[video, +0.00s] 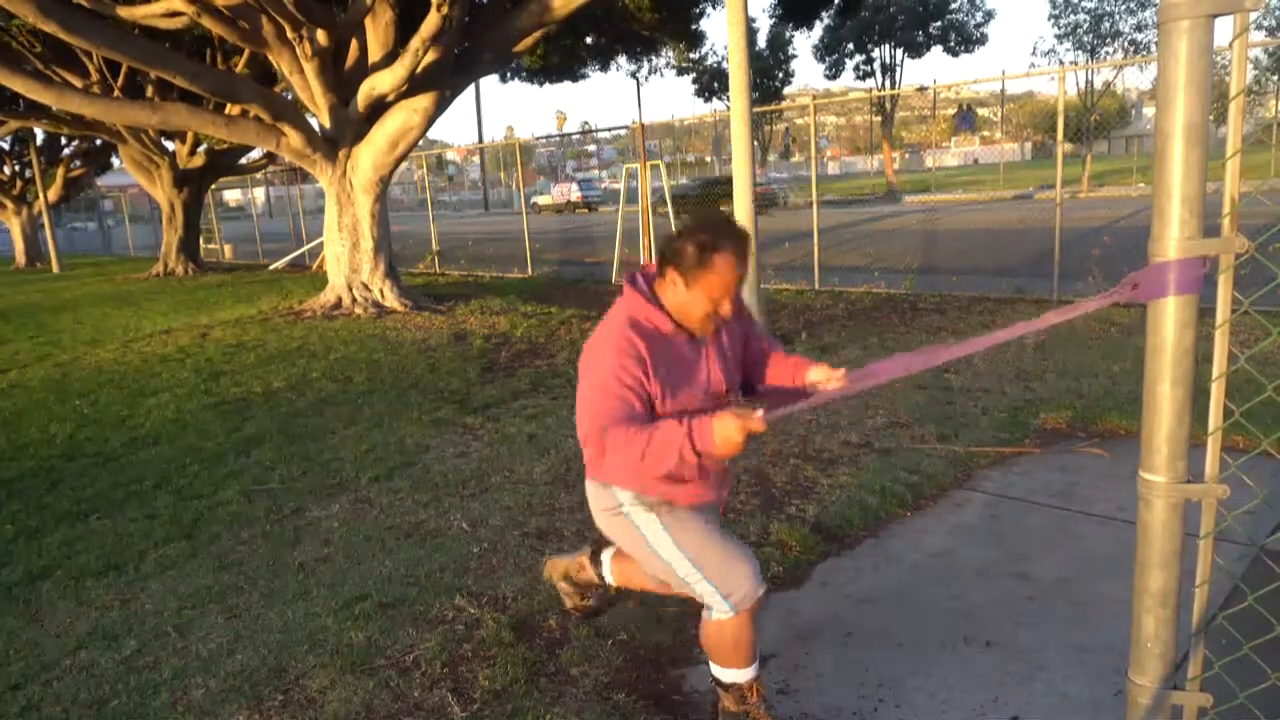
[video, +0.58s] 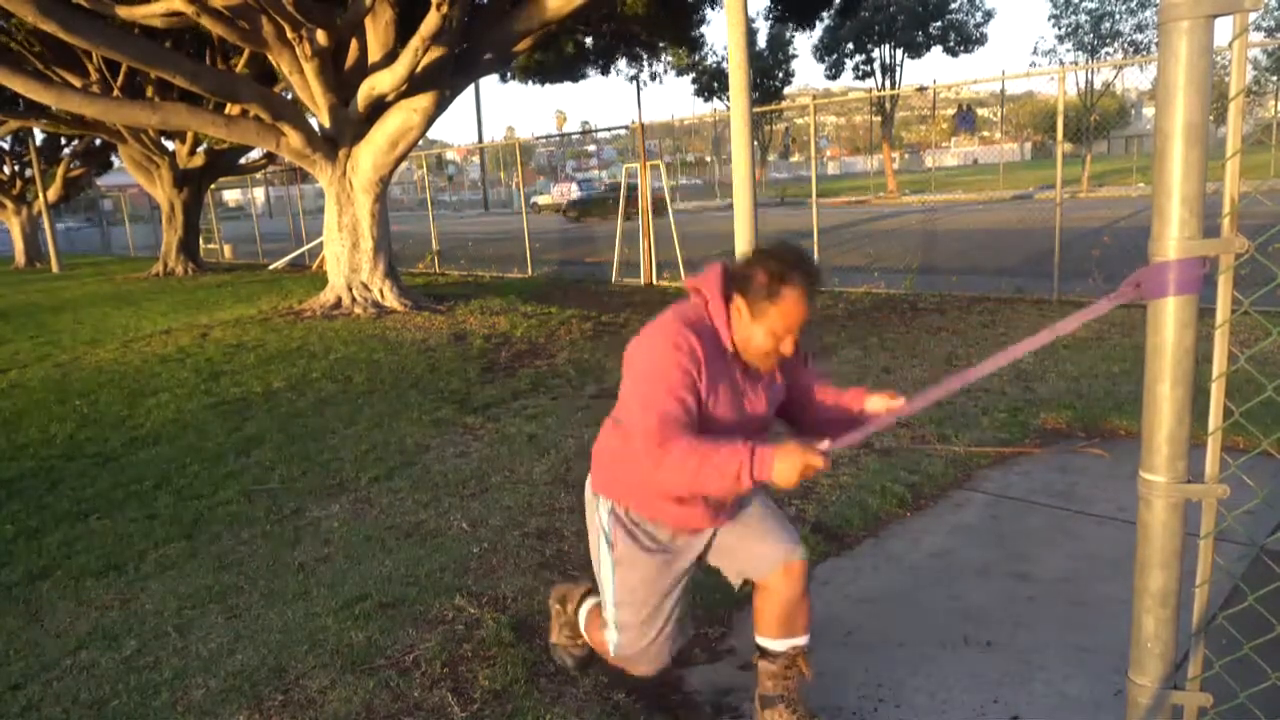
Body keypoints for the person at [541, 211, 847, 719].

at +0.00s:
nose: (728, 311)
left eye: (732, 298)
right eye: (716, 300)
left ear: (736, 284)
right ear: (671, 281)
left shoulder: (722, 314)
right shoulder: (619, 341)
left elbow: (757, 361)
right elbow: (610, 447)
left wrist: (807, 375)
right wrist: (703, 436)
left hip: (693, 482)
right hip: (630, 494)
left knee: (693, 575)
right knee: (735, 585)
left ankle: (586, 571)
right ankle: (739, 703)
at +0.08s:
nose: (720, 264)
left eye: (727, 250)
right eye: (709, 252)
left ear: (733, 237)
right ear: (666, 234)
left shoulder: (725, 276)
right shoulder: (612, 293)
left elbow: (760, 327)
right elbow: (612, 402)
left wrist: (820, 344)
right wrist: (705, 399)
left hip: (705, 451)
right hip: (636, 462)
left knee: (705, 551)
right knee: (731, 582)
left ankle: (605, 566)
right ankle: (741, 701)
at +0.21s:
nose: (726, 216)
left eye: (734, 201)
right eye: (716, 203)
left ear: (741, 189)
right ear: (674, 179)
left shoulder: (733, 225)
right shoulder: (616, 230)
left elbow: (773, 279)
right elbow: (624, 327)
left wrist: (836, 305)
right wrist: (726, 334)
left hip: (703, 407)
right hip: (627, 414)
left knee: (731, 519)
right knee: (677, 546)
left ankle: (715, 634)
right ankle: (703, 686)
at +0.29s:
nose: (733, 211)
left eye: (742, 197)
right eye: (724, 197)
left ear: (749, 185)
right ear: (684, 172)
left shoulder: (737, 218)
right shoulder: (625, 220)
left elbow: (776, 270)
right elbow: (639, 311)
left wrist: (845, 284)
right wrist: (751, 314)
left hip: (704, 401)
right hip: (624, 406)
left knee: (736, 531)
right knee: (670, 545)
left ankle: (756, 668)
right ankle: (641, 658)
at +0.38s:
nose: (743, 233)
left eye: (752, 220)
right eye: (732, 220)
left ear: (760, 206)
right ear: (691, 197)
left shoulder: (747, 247)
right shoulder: (634, 240)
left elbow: (797, 290)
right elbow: (653, 325)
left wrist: (861, 300)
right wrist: (764, 330)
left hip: (713, 434)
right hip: (636, 440)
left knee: (761, 555)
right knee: (654, 597)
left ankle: (776, 691)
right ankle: (588, 603)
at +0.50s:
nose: (772, 297)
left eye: (780, 283)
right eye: (760, 284)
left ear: (788, 269)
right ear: (719, 262)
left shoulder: (771, 305)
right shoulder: (655, 302)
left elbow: (804, 355)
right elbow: (660, 403)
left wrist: (863, 368)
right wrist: (761, 410)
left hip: (725, 476)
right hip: (643, 483)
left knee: (785, 566)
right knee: (639, 637)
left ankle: (779, 699)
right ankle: (571, 608)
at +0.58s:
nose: (790, 349)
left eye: (797, 334)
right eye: (779, 333)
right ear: (738, 311)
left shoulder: (773, 347)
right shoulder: (667, 346)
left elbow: (802, 409)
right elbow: (660, 456)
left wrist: (860, 407)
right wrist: (762, 462)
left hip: (722, 494)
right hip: (639, 505)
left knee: (785, 564)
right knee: (643, 658)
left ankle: (778, 699)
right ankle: (575, 612)